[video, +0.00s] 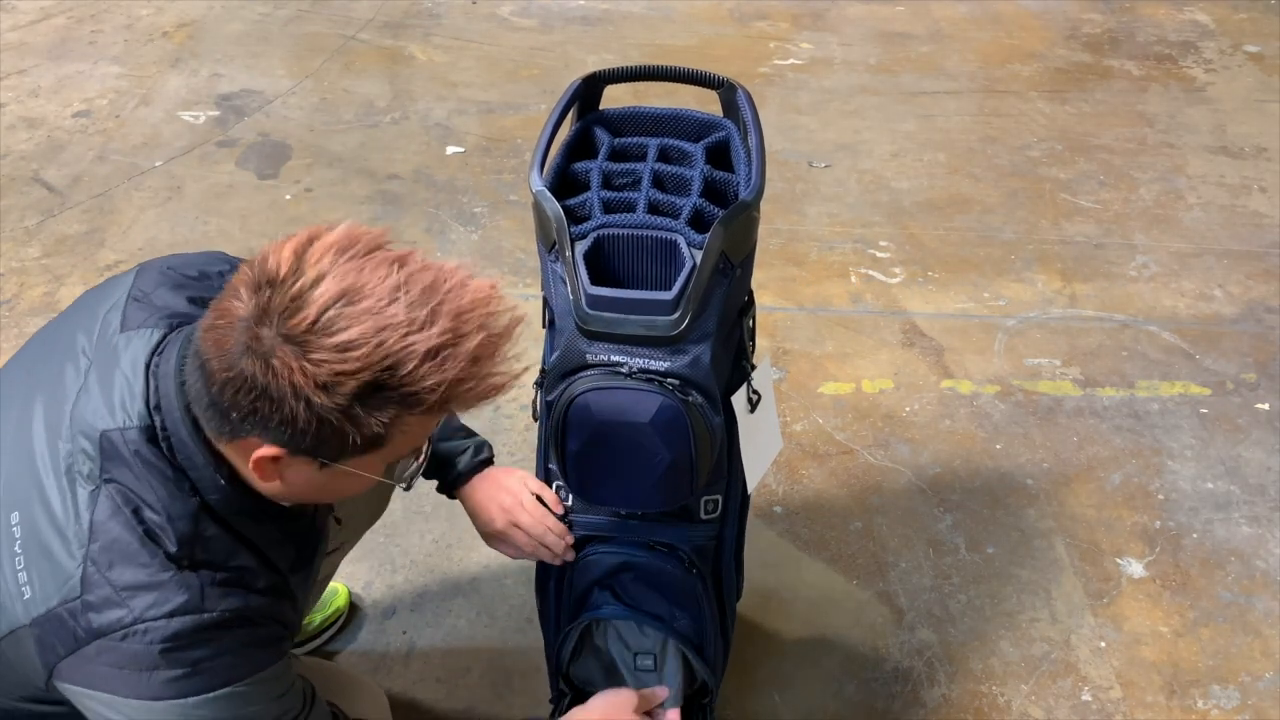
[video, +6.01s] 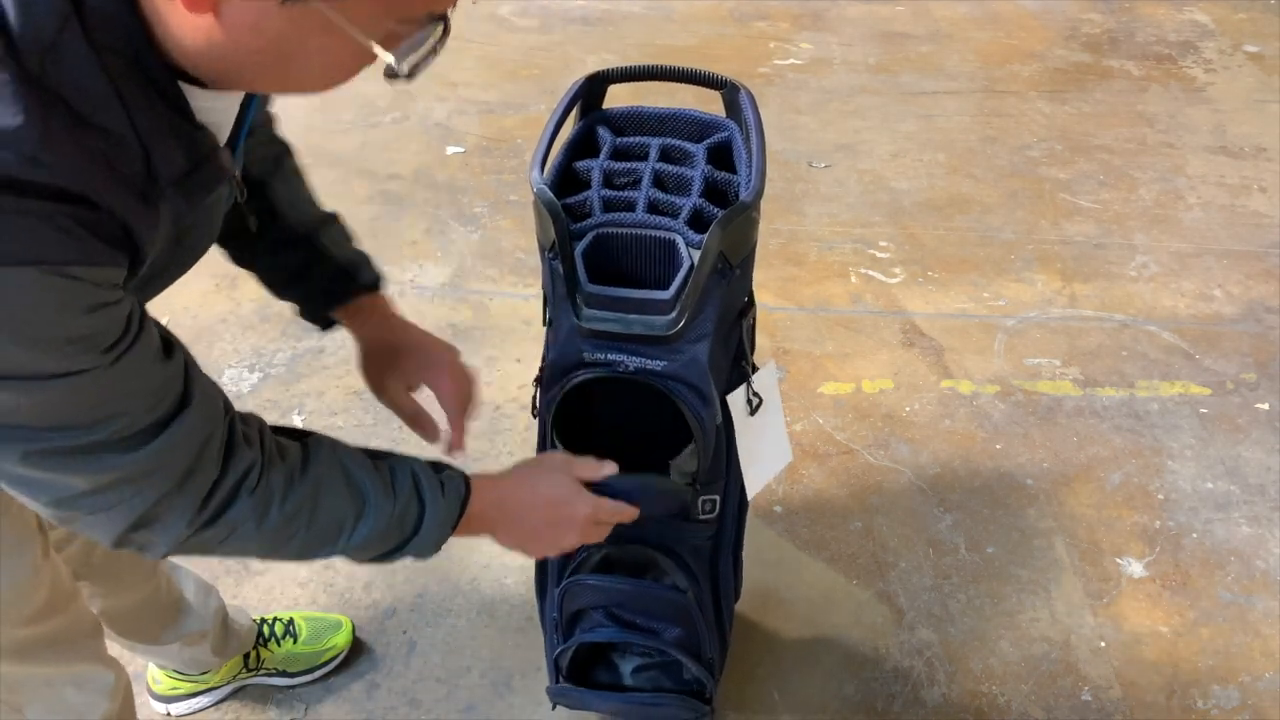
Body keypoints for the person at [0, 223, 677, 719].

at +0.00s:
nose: (413, 456)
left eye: (418, 432)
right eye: (398, 451)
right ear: (273, 471)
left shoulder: (195, 284)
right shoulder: (157, 637)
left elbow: (356, 355)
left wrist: (473, 470)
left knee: (372, 476)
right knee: (354, 700)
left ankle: (267, 623)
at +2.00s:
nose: (380, 423)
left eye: (393, 397)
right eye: (368, 410)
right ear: (244, 414)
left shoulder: (185, 295)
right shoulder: (125, 631)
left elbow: (408, 385)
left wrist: (523, 517)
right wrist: (527, 660)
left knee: (378, 484)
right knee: (351, 711)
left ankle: (270, 636)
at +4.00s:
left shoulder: (192, 23)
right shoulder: (72, 119)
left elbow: (272, 202)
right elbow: (315, 450)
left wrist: (465, 337)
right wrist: (584, 420)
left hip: (15, 373)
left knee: (82, 533)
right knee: (42, 668)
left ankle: (198, 653)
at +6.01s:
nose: (383, 63)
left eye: (398, 41)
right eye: (386, 41)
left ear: (206, 2)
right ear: (211, 3)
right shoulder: (25, 257)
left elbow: (226, 145)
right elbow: (191, 485)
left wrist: (369, 316)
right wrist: (480, 506)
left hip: (45, 363)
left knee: (94, 520)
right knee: (38, 620)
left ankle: (198, 653)